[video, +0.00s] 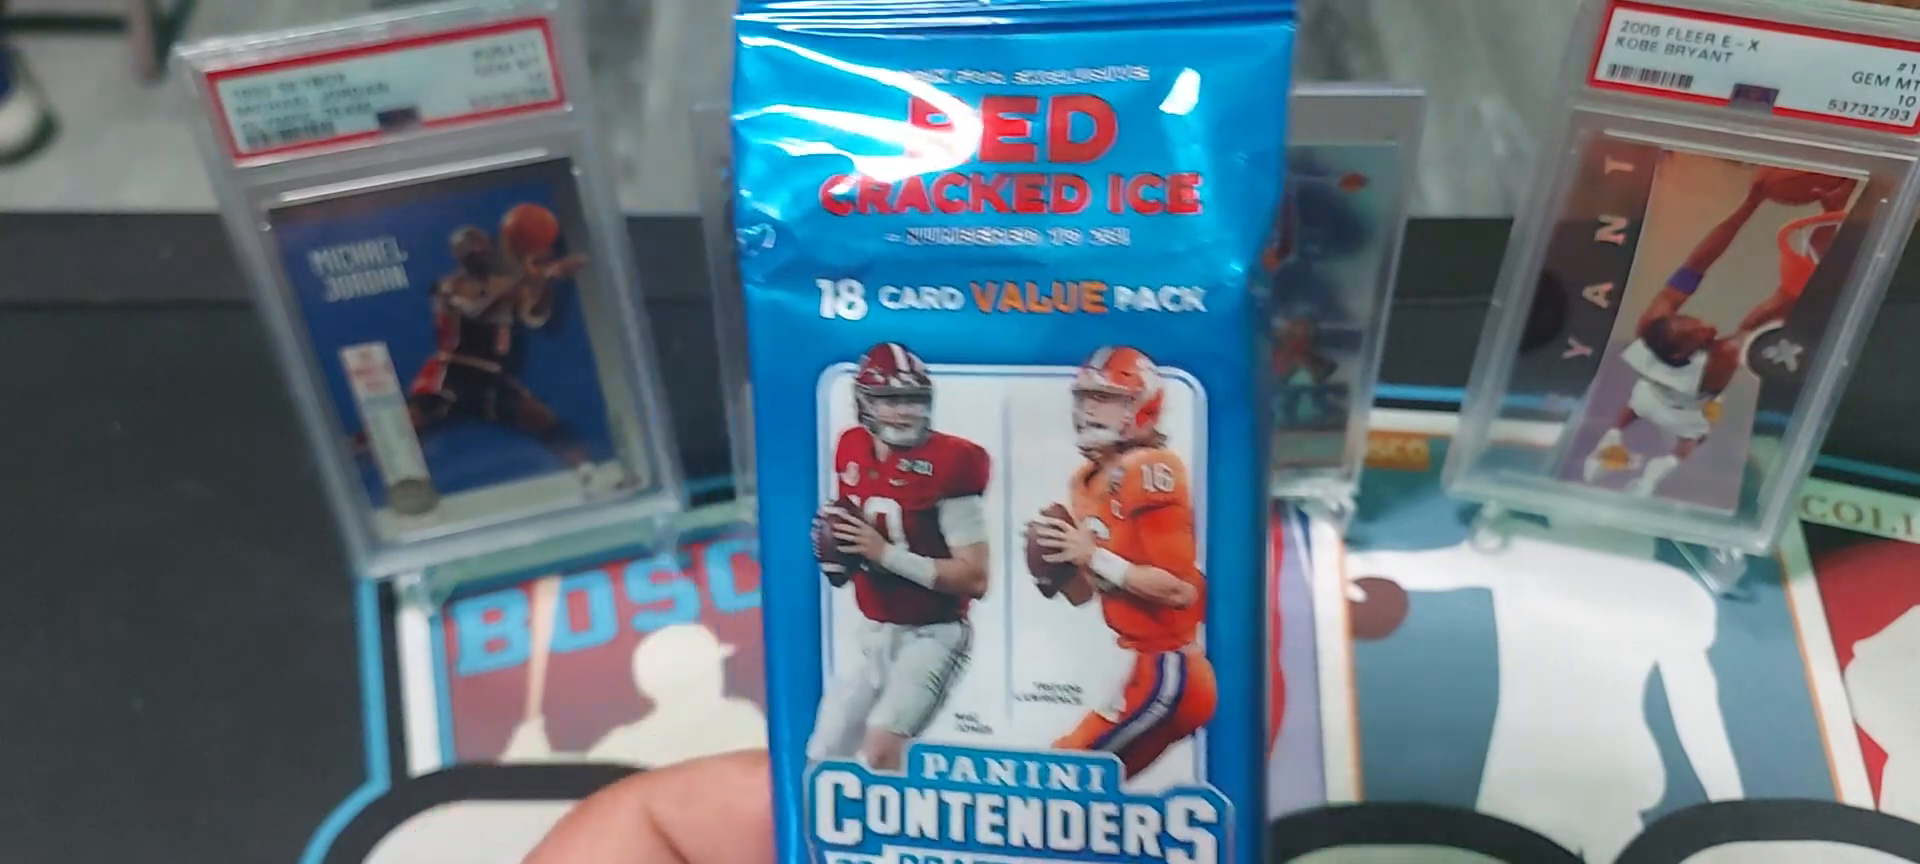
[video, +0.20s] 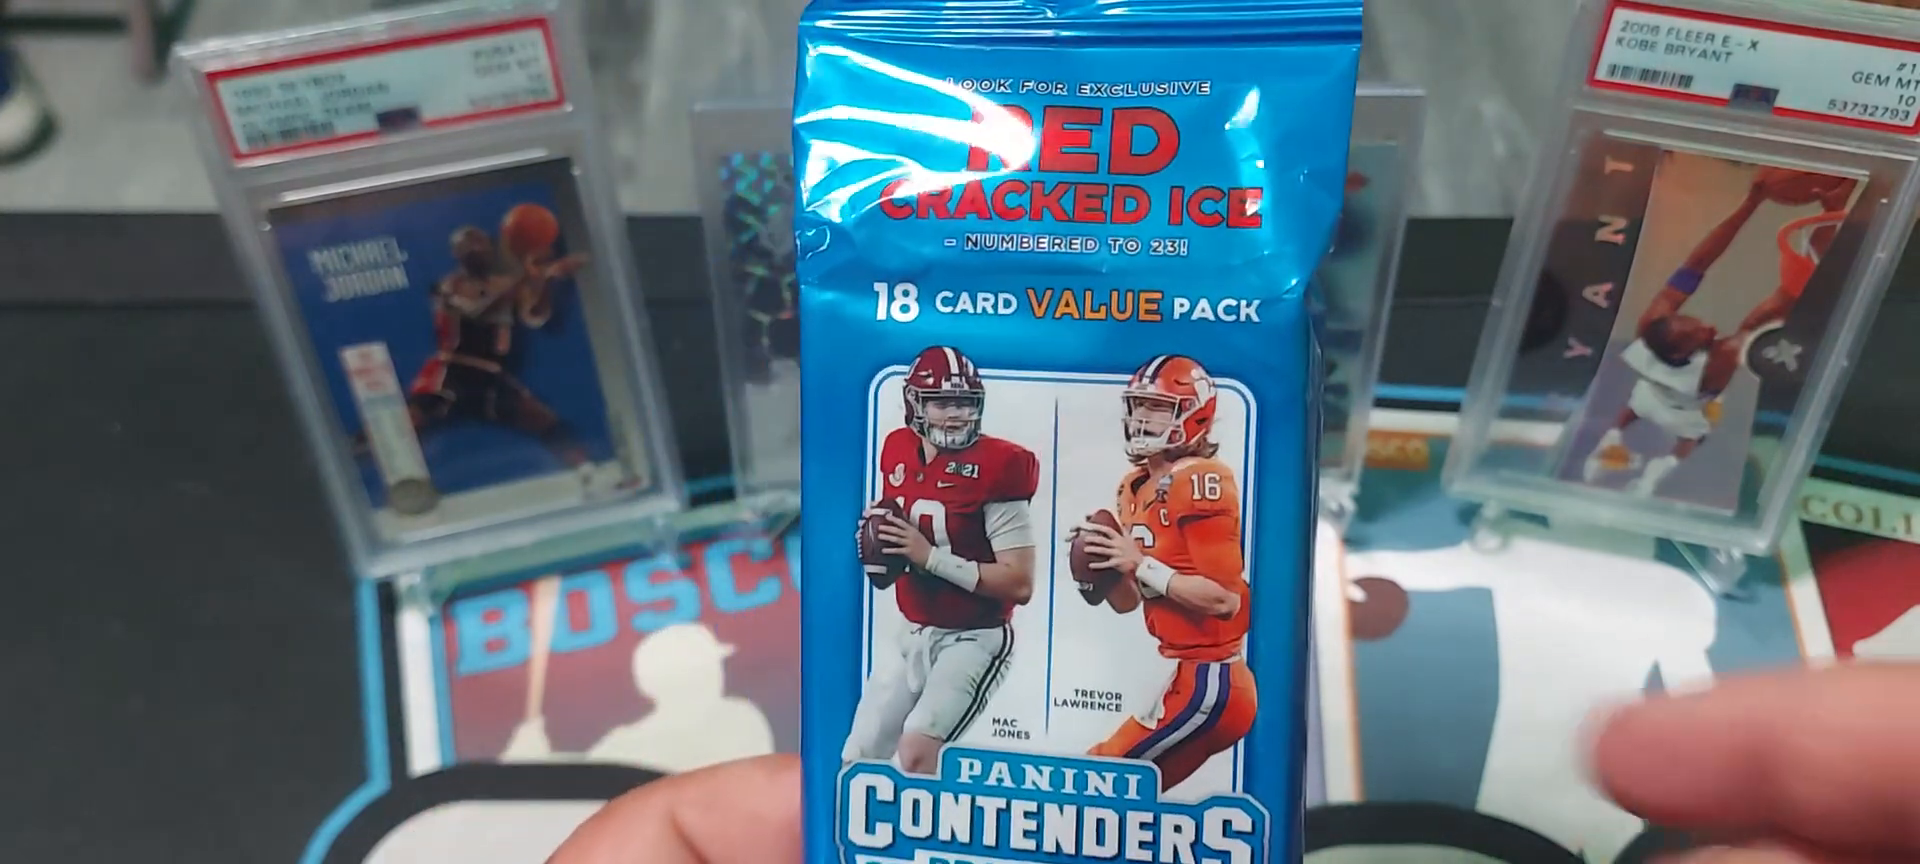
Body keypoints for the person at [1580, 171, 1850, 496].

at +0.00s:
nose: (1702, 326)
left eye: (1691, 322)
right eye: (1692, 334)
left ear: (1683, 313)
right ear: (1685, 353)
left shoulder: (1652, 324)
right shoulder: (1720, 360)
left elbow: (1697, 263)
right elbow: (1756, 325)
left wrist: (1751, 204)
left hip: (1647, 391)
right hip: (1682, 413)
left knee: (1633, 409)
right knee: (1696, 436)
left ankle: (1608, 442)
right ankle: (1654, 474)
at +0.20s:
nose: (1702, 326)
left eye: (1691, 322)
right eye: (1693, 332)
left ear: (1685, 313)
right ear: (1684, 352)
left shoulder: (1652, 324)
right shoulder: (1721, 359)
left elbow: (1697, 264)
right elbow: (1759, 322)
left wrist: (1751, 202)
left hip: (1647, 392)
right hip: (1682, 415)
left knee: (1634, 408)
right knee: (1697, 435)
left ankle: (1608, 440)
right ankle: (1657, 473)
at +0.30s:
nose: (1703, 326)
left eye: (1691, 322)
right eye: (1693, 333)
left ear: (1684, 313)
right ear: (1684, 352)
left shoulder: (1652, 324)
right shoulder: (1720, 360)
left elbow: (1697, 263)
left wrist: (1750, 204)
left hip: (1647, 391)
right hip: (1682, 414)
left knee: (1634, 409)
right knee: (1697, 435)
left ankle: (1609, 440)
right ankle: (1658, 471)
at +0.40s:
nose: (1704, 326)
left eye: (1693, 322)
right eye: (1694, 332)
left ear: (1685, 313)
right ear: (1684, 352)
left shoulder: (1652, 324)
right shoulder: (1720, 360)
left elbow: (1697, 263)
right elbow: (1759, 322)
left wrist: (1750, 204)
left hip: (1648, 391)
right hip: (1683, 414)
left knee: (1634, 409)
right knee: (1697, 436)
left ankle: (1609, 440)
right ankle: (1659, 470)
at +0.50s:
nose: (1705, 330)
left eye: (1693, 324)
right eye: (1694, 337)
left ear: (1681, 315)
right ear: (1684, 354)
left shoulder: (1653, 323)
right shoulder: (1720, 361)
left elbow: (1696, 264)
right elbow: (1752, 326)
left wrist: (1751, 203)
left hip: (1655, 387)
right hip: (1685, 411)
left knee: (1639, 403)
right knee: (1692, 435)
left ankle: (1612, 434)